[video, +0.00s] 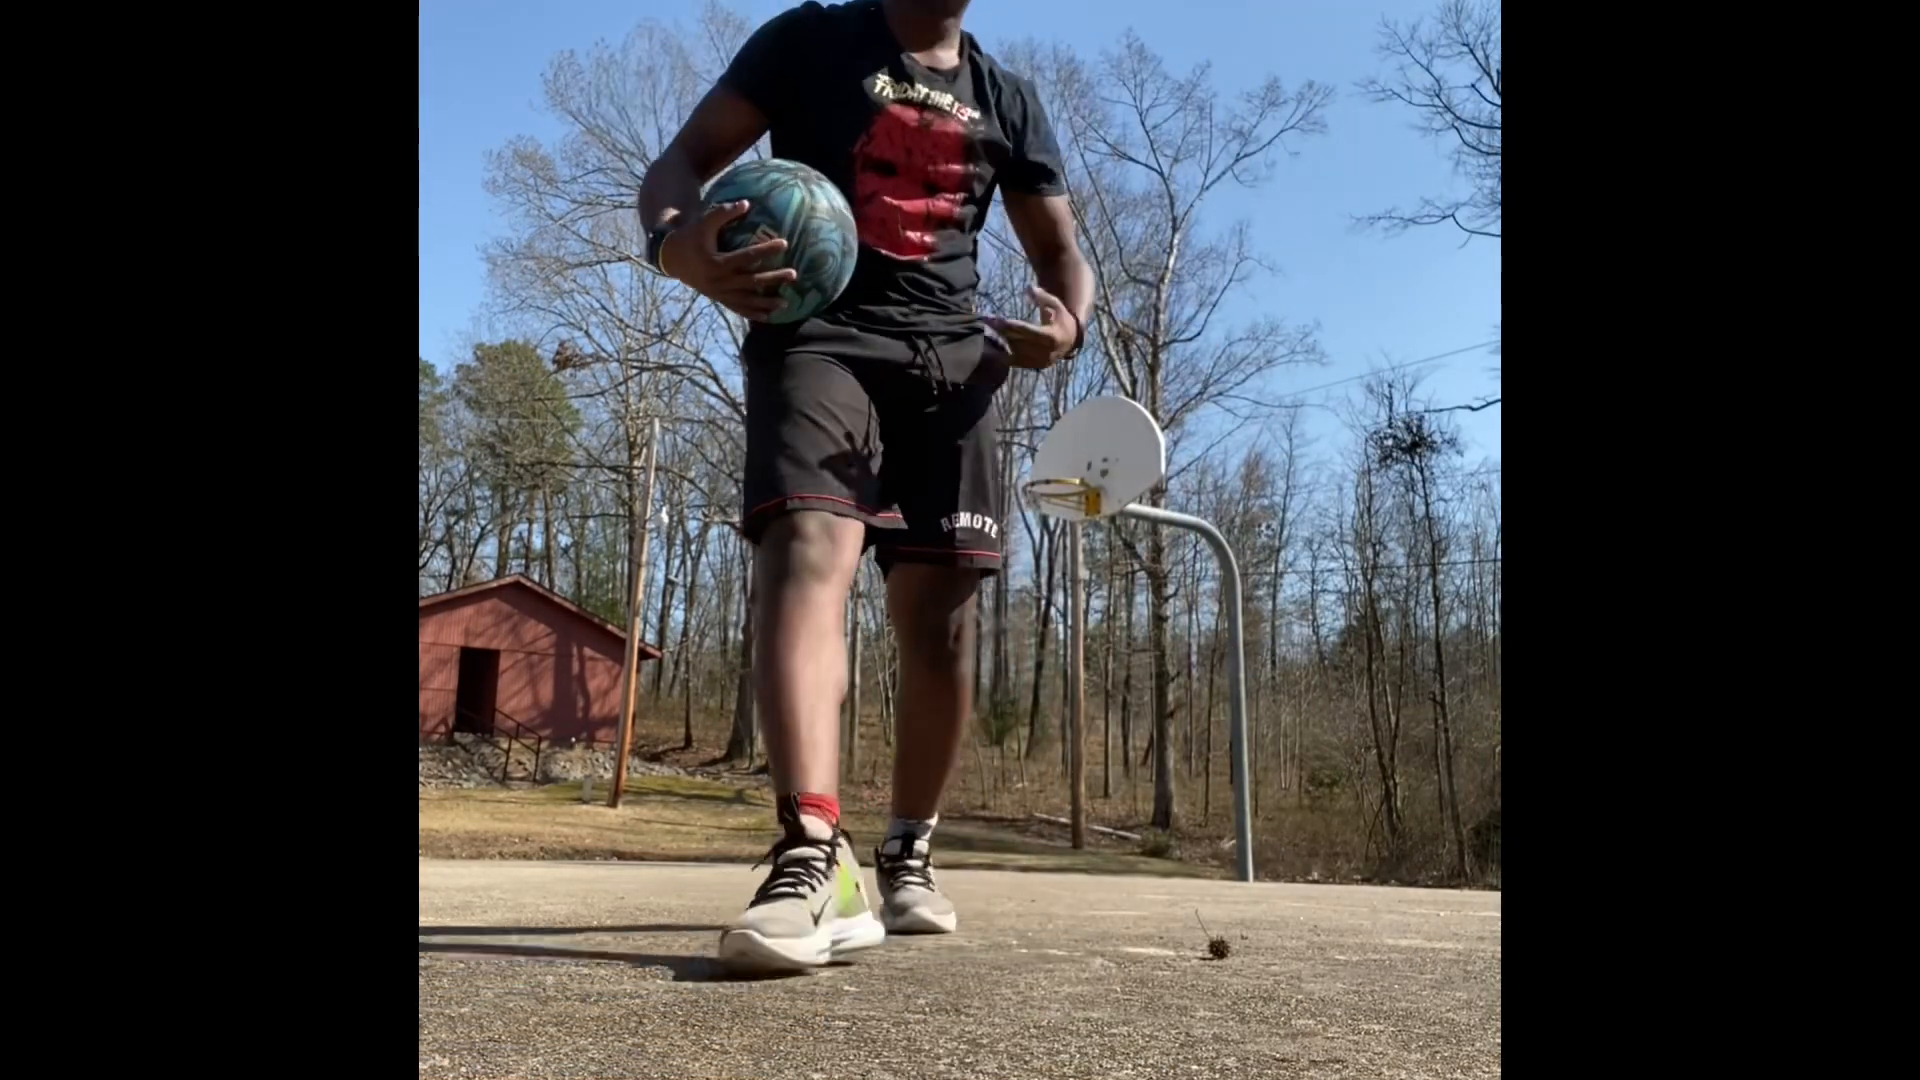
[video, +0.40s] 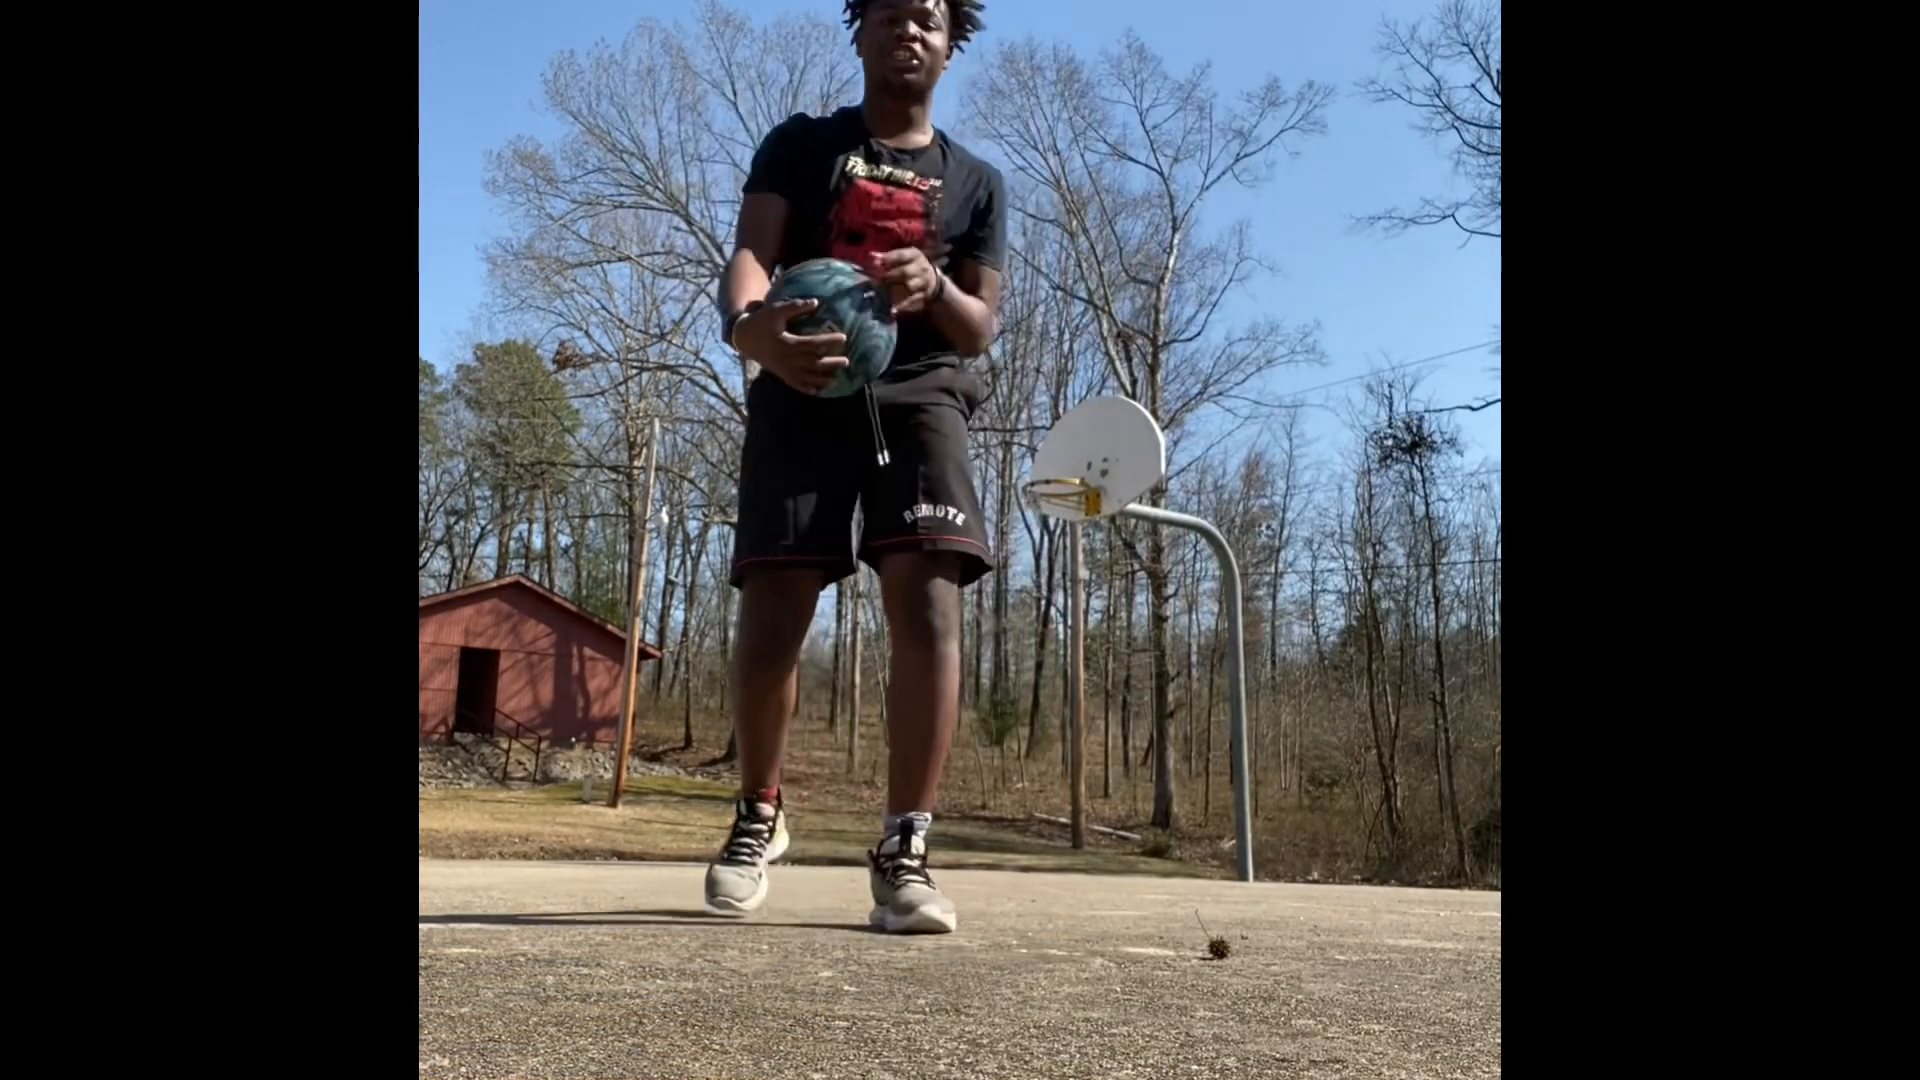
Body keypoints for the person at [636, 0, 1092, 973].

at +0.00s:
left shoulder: (1005, 95)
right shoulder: (804, 42)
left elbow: (1062, 259)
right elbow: (677, 169)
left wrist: (1065, 321)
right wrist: (674, 243)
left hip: (952, 347)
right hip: (817, 333)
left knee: (941, 613)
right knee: (808, 542)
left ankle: (909, 857)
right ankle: (811, 852)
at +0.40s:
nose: (910, 34)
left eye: (928, 23)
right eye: (891, 18)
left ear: (950, 46)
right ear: (859, 33)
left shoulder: (976, 180)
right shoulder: (799, 144)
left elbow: (979, 331)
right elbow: (753, 255)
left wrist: (937, 289)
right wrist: (744, 325)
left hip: (920, 402)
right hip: (798, 396)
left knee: (928, 603)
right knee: (772, 613)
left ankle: (906, 854)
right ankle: (758, 816)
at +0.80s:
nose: (802, 133)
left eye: (816, 121)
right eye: (784, 125)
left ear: (844, 140)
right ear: (764, 150)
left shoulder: (894, 236)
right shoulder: (742, 253)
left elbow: (920, 345)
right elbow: (704, 364)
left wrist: (877, 383)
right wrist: (687, 423)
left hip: (876, 444)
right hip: (776, 449)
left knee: (894, 605)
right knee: (768, 645)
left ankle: (883, 843)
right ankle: (771, 853)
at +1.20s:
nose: (849, 207)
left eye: (862, 196)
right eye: (834, 197)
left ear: (884, 214)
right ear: (810, 215)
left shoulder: (924, 308)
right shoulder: (782, 310)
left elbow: (975, 405)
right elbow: (730, 403)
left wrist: (993, 466)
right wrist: (684, 451)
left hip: (900, 507)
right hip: (806, 504)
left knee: (902, 669)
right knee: (782, 655)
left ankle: (883, 821)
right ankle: (771, 851)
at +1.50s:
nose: (920, 245)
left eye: (931, 237)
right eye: (905, 235)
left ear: (944, 255)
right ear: (875, 249)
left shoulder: (962, 352)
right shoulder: (834, 329)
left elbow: (990, 445)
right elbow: (729, 379)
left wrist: (1020, 513)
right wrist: (776, 394)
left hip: (923, 514)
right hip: (846, 502)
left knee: (918, 678)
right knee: (874, 637)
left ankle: (883, 839)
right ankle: (881, 834)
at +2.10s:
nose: (996, 270)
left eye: (1006, 258)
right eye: (979, 256)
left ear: (1016, 269)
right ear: (941, 261)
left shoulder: (1005, 364)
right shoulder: (895, 325)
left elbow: (1016, 460)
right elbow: (833, 375)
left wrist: (1031, 520)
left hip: (952, 526)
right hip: (878, 508)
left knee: (912, 679)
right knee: (925, 637)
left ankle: (860, 843)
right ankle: (935, 844)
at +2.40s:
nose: (996, 181)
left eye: (1010, 163)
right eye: (976, 167)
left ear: (1033, 166)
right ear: (946, 172)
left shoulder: (1055, 268)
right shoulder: (900, 263)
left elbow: (1098, 379)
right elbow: (867, 400)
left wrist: (1127, 442)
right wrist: (966, 469)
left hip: (1012, 470)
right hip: (911, 467)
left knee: (1025, 668)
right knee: (934, 635)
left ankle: (952, 793)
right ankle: (940, 849)